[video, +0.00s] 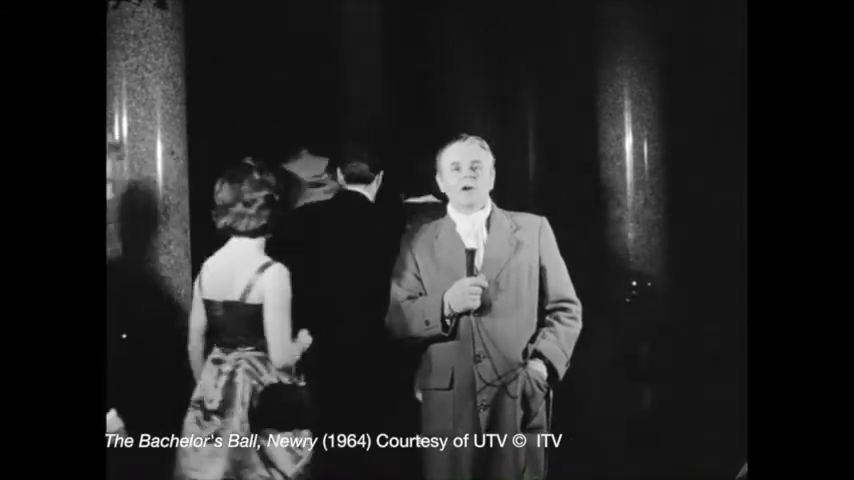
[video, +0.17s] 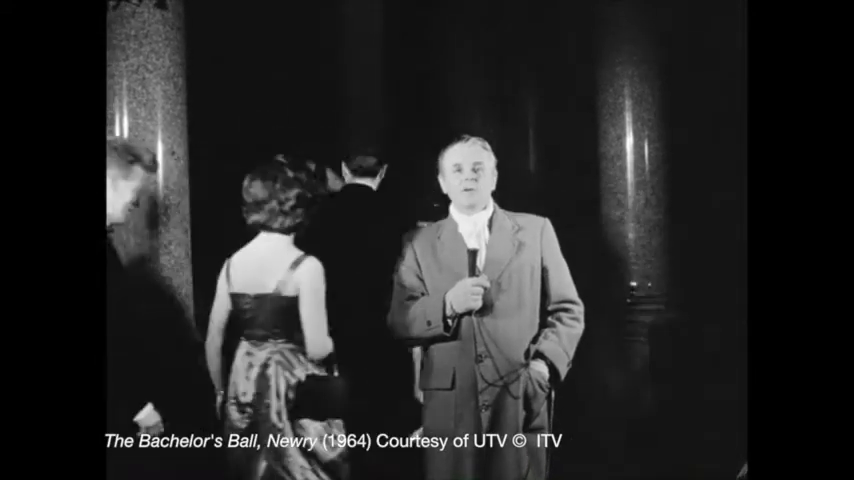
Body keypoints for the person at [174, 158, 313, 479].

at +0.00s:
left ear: (225, 211)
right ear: (273, 213)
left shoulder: (207, 269)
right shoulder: (272, 273)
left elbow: (195, 341)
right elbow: (281, 357)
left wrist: (205, 386)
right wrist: (301, 343)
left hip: (213, 390)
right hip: (259, 397)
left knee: (212, 469)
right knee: (258, 471)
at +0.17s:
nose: (309, 211)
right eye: (305, 204)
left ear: (254, 207)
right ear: (299, 210)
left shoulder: (233, 264)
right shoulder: (305, 267)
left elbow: (214, 337)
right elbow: (317, 349)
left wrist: (219, 390)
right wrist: (332, 341)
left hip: (242, 382)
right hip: (290, 385)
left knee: (247, 463)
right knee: (293, 465)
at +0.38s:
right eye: (332, 201)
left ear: (281, 208)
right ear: (328, 209)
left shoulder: (262, 266)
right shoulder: (338, 267)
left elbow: (242, 338)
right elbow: (351, 345)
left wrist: (241, 393)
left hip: (273, 376)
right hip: (320, 379)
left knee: (280, 462)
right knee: (327, 464)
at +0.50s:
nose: (351, 212)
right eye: (346, 205)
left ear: (297, 212)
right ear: (340, 212)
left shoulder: (278, 267)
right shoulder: (354, 268)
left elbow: (261, 338)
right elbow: (362, 345)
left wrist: (254, 394)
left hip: (289, 378)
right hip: (335, 380)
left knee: (290, 462)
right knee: (336, 462)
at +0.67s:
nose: (361, 202)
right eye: (358, 196)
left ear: (314, 204)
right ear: (355, 203)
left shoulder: (298, 260)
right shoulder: (366, 260)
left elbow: (283, 335)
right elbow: (375, 336)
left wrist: (284, 381)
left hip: (307, 371)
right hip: (350, 373)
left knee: (308, 456)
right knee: (351, 456)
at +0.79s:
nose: (371, 202)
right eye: (368, 195)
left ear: (327, 204)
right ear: (364, 202)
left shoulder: (313, 257)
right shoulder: (376, 257)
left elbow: (299, 325)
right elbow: (385, 331)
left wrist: (308, 360)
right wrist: (396, 360)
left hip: (323, 356)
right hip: (363, 358)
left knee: (326, 441)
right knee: (366, 443)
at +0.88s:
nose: (387, 206)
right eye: (382, 200)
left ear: (340, 205)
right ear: (377, 206)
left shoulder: (321, 254)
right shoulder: (384, 254)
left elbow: (309, 314)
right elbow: (391, 318)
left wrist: (320, 344)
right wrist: (400, 350)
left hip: (333, 346)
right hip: (371, 347)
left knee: (334, 425)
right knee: (373, 425)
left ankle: (337, 469)